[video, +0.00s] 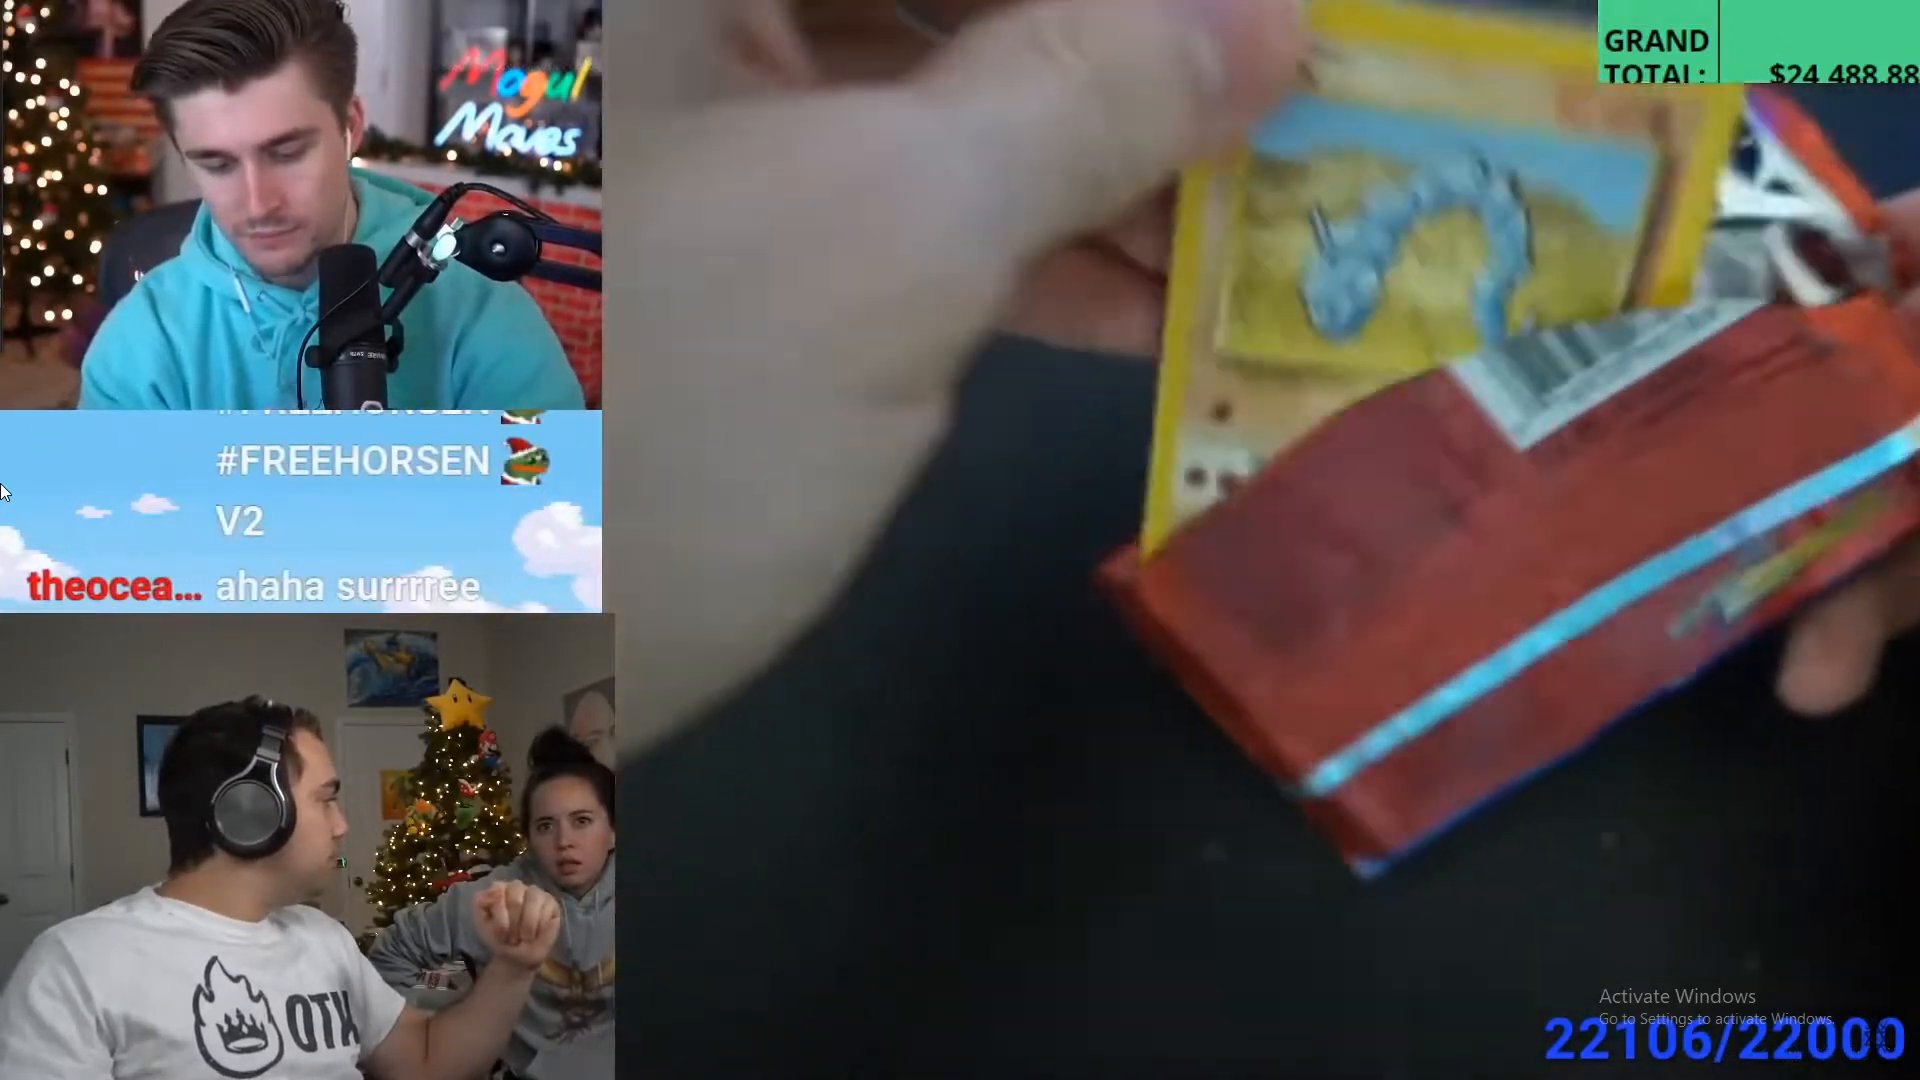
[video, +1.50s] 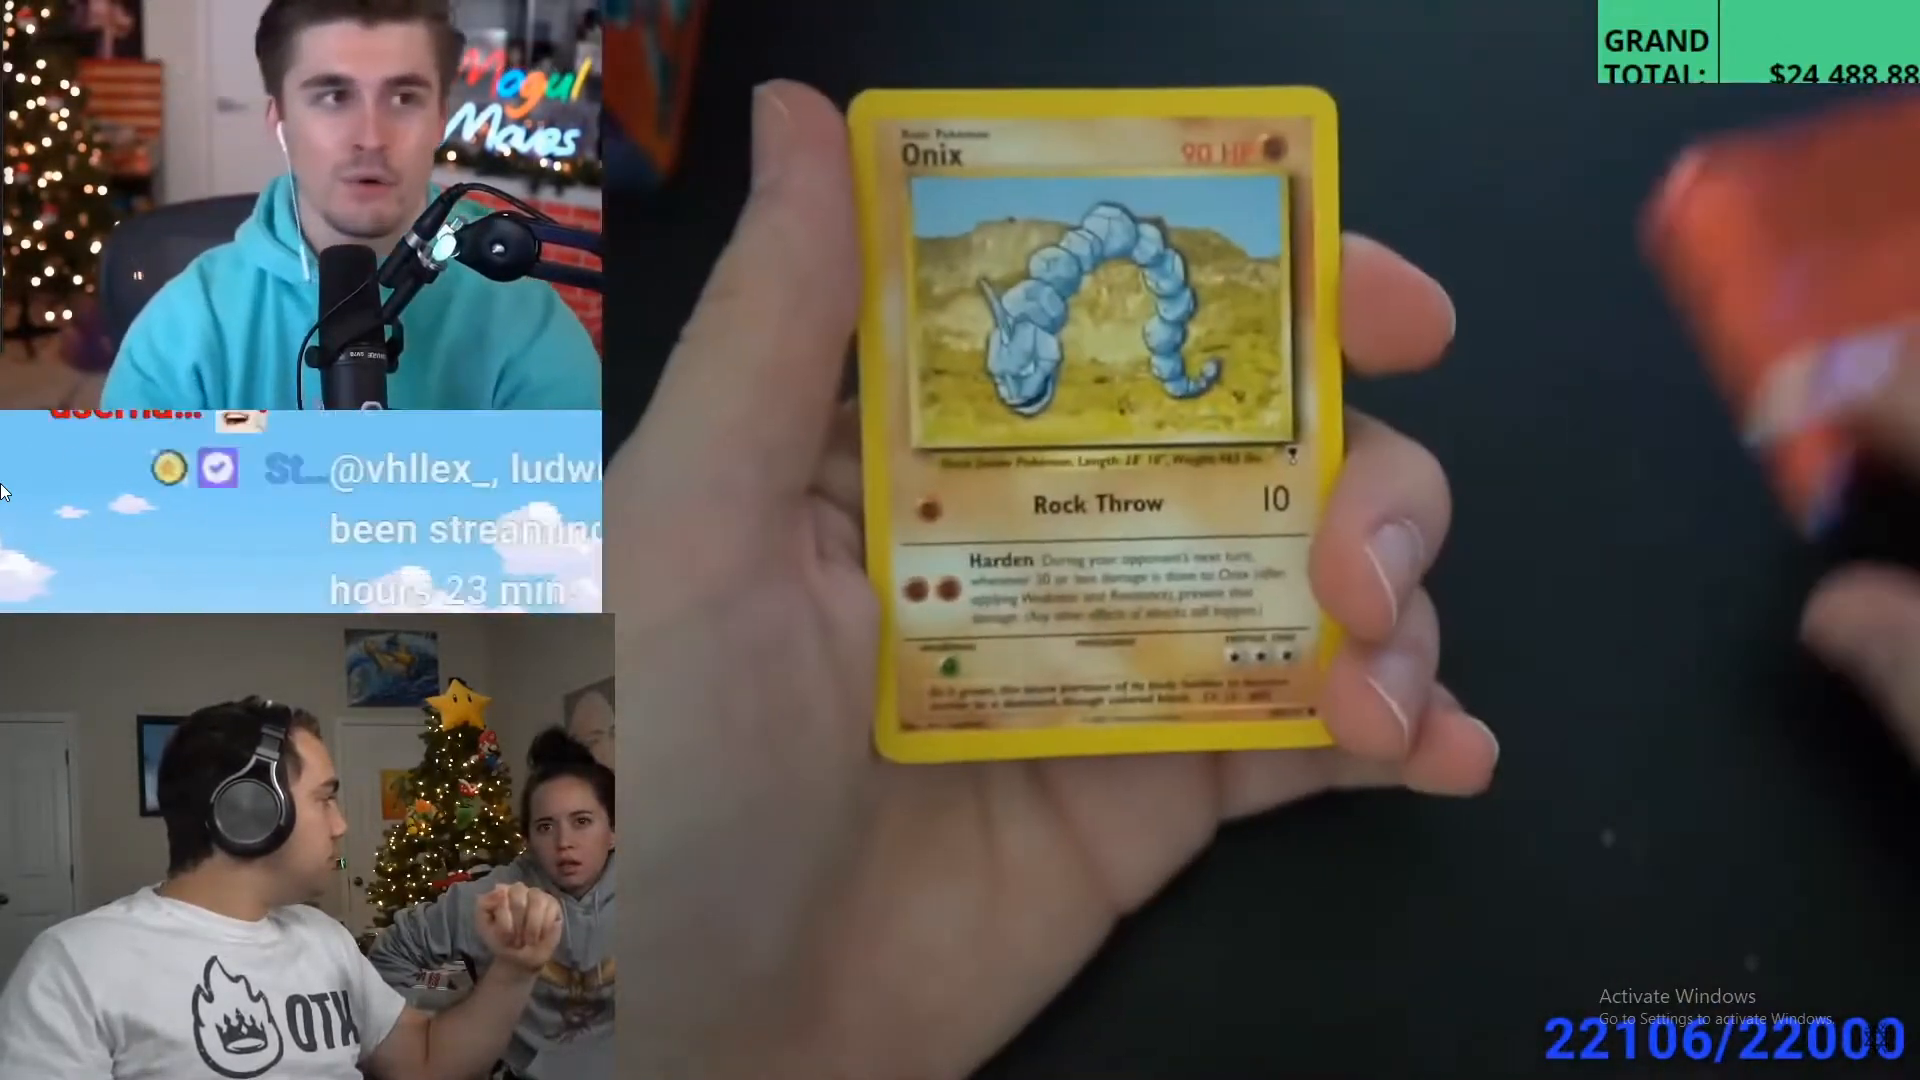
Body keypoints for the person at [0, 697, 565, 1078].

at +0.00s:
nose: (344, 823)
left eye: (336, 798)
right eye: (325, 799)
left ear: (260, 809)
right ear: (250, 810)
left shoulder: (324, 942)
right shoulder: (77, 967)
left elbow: (426, 1059)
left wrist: (511, 967)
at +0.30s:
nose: (343, 823)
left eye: (335, 798)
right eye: (325, 799)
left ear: (260, 809)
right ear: (249, 809)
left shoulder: (324, 942)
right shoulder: (76, 966)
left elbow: (427, 1059)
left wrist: (511, 967)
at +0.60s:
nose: (344, 824)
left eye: (335, 798)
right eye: (324, 799)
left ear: (259, 808)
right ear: (247, 809)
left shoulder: (325, 943)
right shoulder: (76, 967)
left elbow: (428, 1059)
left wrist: (511, 968)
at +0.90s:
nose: (344, 824)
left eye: (335, 799)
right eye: (324, 799)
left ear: (260, 807)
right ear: (248, 808)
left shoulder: (325, 943)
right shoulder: (76, 967)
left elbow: (428, 1059)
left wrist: (511, 968)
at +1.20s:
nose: (343, 824)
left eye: (335, 798)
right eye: (324, 798)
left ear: (260, 808)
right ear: (248, 808)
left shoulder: (324, 942)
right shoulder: (75, 967)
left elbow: (427, 1059)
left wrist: (512, 969)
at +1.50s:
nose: (343, 823)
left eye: (335, 798)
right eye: (325, 799)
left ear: (260, 809)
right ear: (249, 810)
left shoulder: (324, 942)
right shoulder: (76, 967)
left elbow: (427, 1059)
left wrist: (512, 969)